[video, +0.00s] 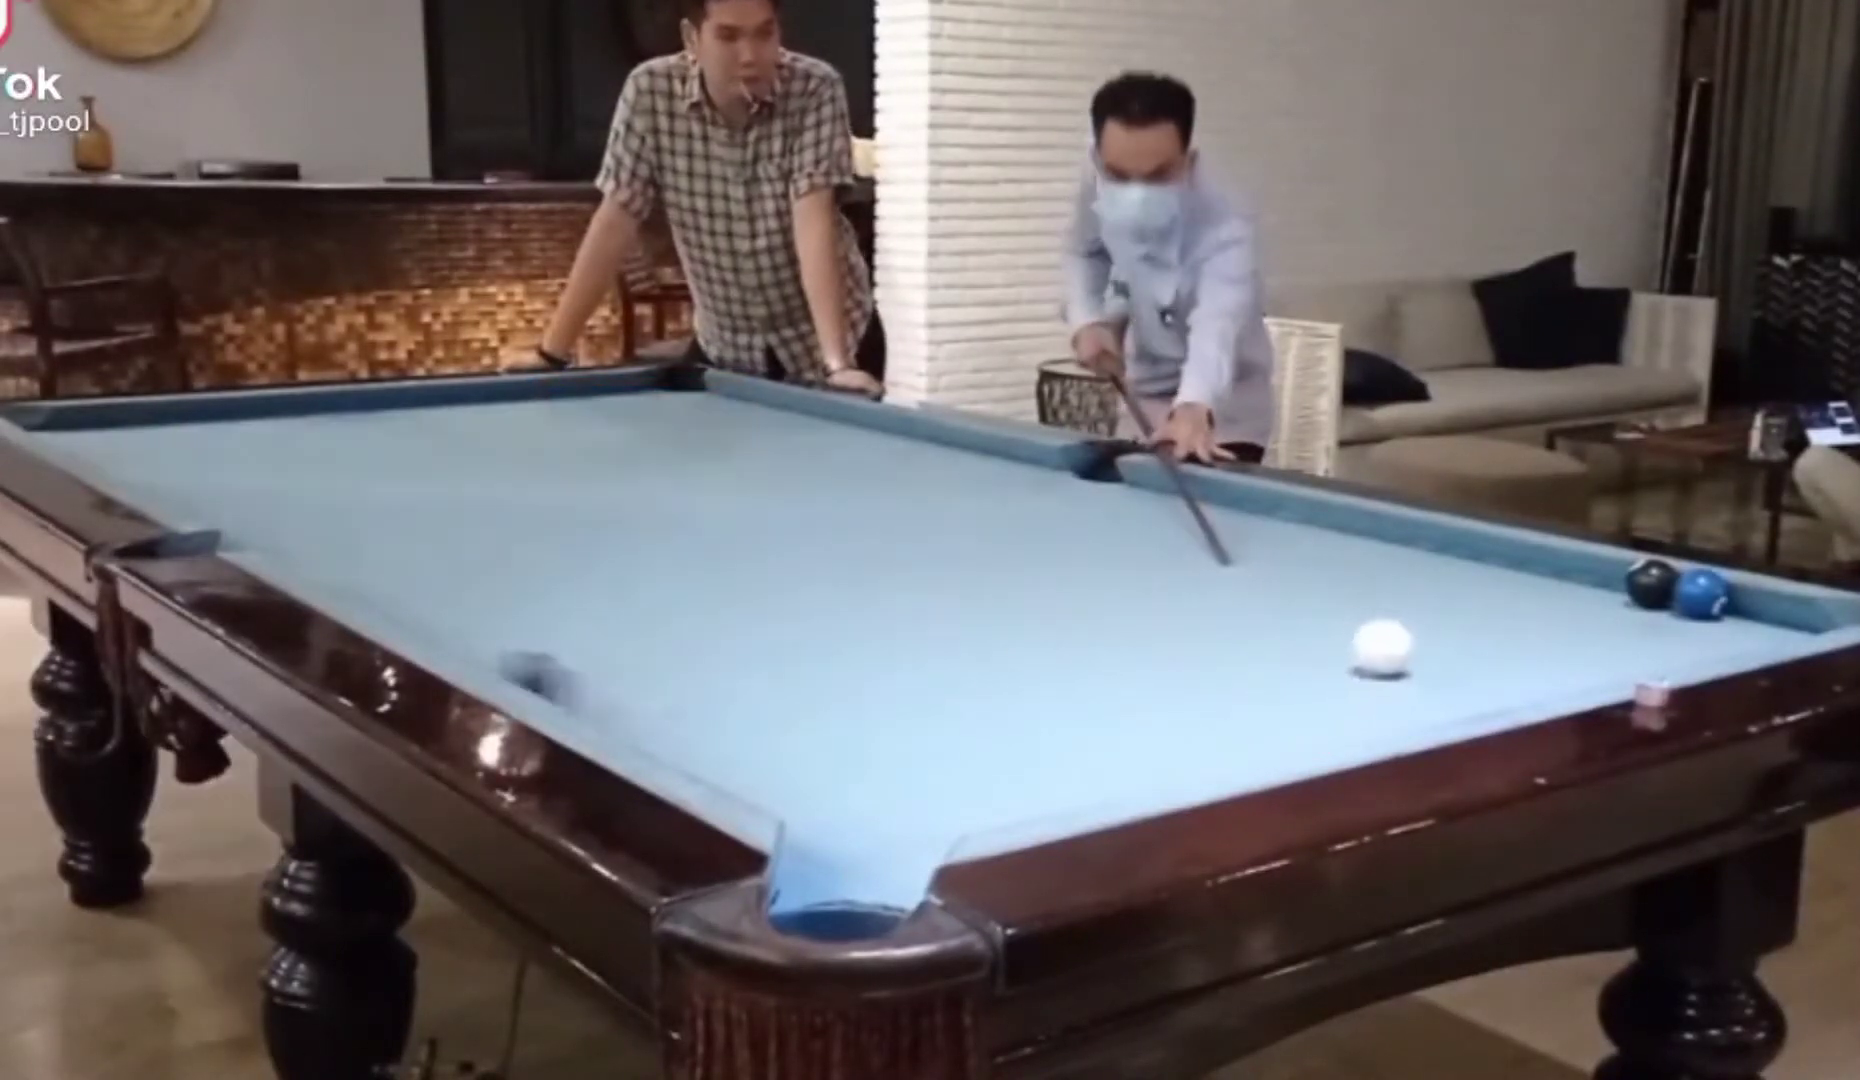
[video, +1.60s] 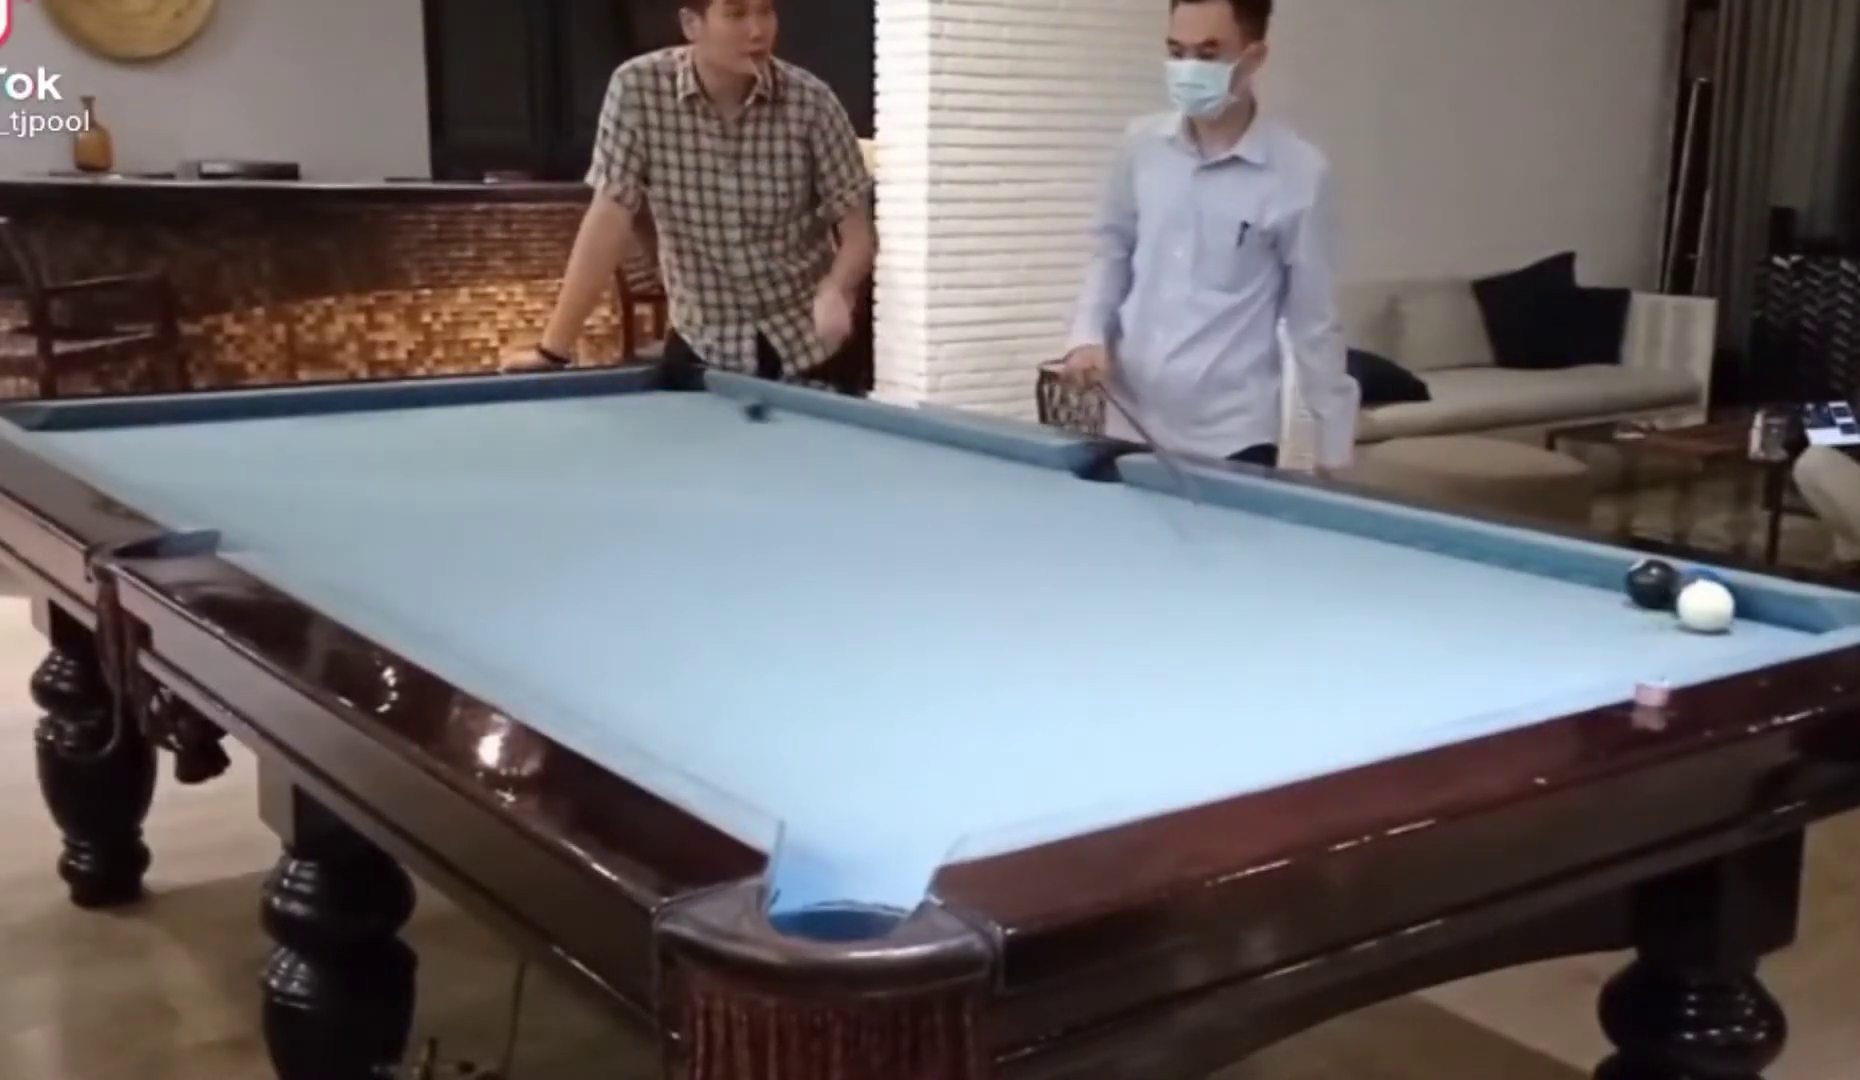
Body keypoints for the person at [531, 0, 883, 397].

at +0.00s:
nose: (750, 55)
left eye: (764, 34)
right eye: (728, 37)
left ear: (780, 32)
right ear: (692, 40)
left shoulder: (814, 89)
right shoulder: (650, 91)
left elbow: (814, 214)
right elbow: (618, 215)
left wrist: (838, 362)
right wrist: (552, 353)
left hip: (830, 346)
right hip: (726, 349)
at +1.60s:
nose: (757, 29)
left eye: (765, 13)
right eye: (737, 15)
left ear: (777, 19)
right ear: (691, 23)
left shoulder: (811, 101)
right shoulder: (638, 90)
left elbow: (858, 225)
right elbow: (610, 214)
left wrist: (836, 288)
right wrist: (553, 350)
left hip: (814, 342)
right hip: (701, 345)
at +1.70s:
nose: (766, 31)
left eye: (774, 14)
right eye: (745, 16)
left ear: (784, 19)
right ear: (698, 24)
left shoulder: (813, 102)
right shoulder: (642, 88)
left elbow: (858, 228)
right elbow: (610, 217)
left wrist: (832, 248)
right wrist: (552, 350)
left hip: (816, 336)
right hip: (702, 341)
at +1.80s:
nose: (772, 35)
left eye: (779, 17)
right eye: (751, 19)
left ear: (789, 21)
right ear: (704, 25)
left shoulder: (814, 100)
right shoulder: (645, 87)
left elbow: (852, 247)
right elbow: (610, 218)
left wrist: (820, 202)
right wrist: (552, 351)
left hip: (815, 333)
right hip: (701, 339)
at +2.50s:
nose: (767, 40)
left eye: (777, 23)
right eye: (746, 23)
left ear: (788, 26)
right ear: (703, 26)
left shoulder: (812, 101)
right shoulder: (649, 89)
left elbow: (845, 222)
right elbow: (612, 218)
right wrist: (552, 352)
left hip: (808, 335)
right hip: (701, 344)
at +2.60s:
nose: (762, 38)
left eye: (772, 20)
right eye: (741, 20)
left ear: (783, 25)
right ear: (697, 24)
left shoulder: (810, 101)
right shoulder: (646, 90)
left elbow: (839, 212)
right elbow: (611, 218)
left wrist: (842, 307)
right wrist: (552, 351)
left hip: (808, 338)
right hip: (702, 345)